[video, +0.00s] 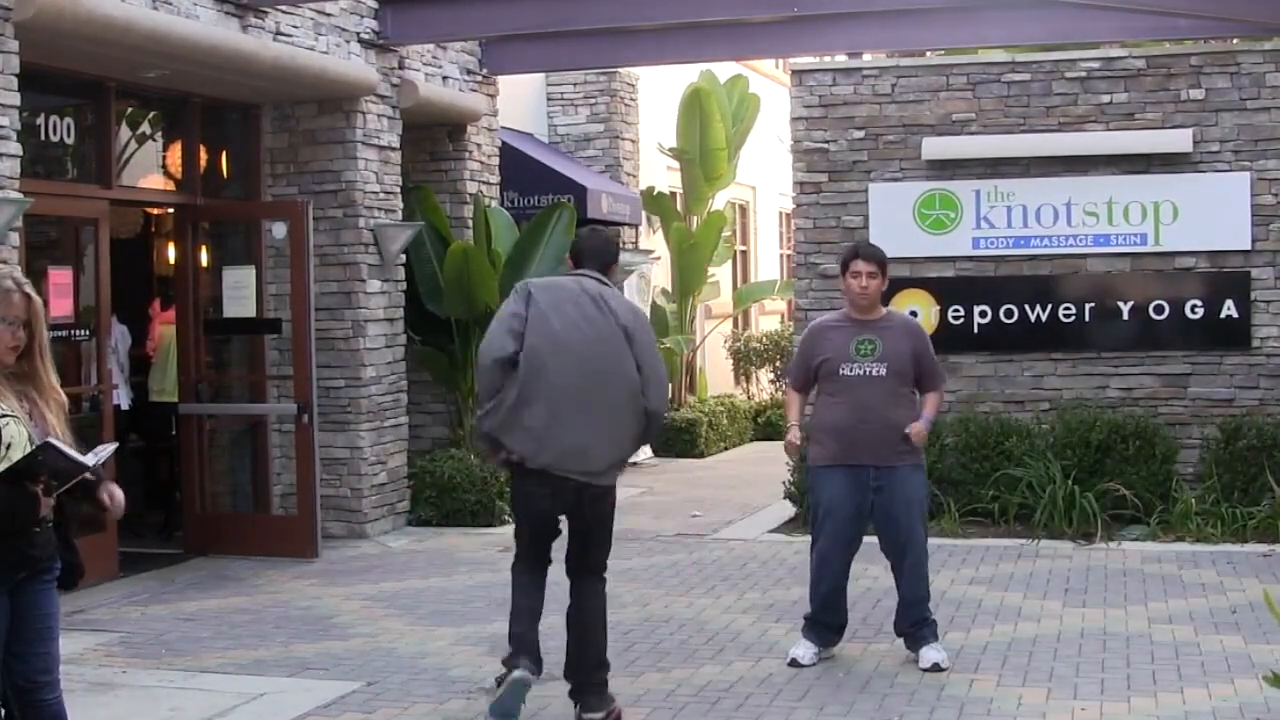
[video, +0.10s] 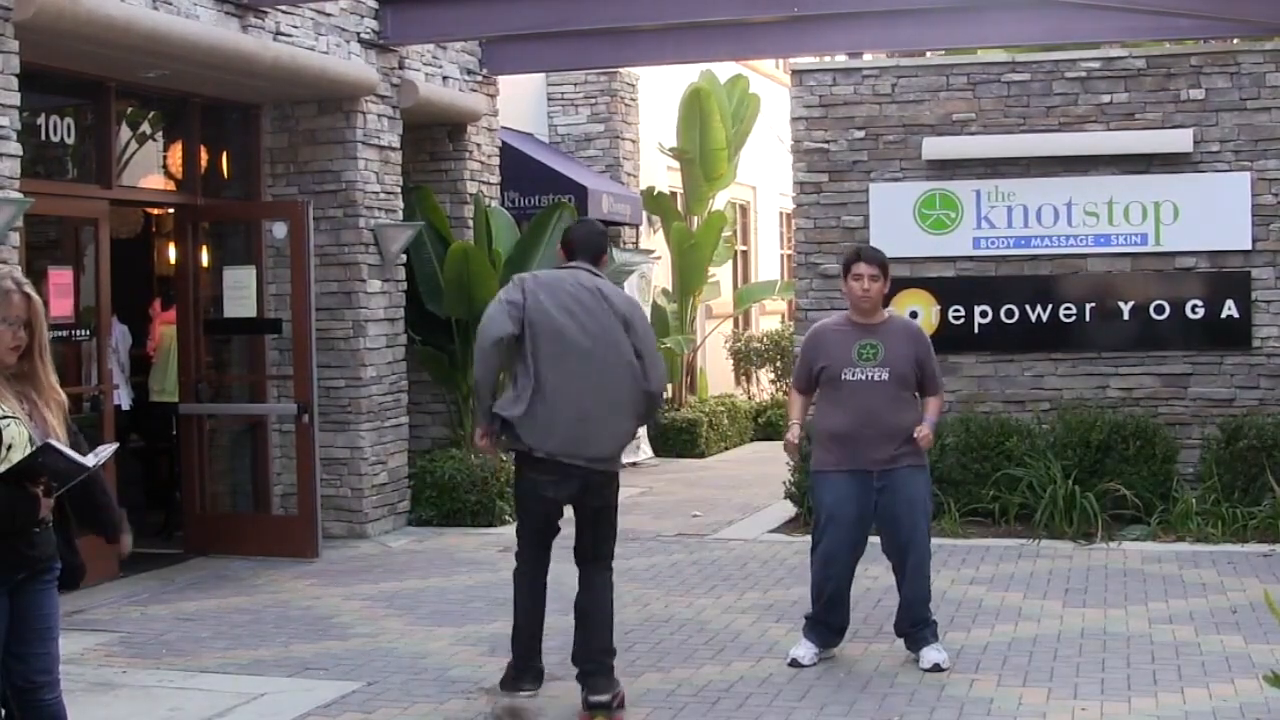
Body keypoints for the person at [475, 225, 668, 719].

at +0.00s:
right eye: (618, 266)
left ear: (569, 260)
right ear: (614, 268)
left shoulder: (530, 294)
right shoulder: (631, 315)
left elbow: (492, 356)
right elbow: (656, 401)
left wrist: (492, 433)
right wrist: (627, 444)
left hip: (534, 464)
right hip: (597, 471)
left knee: (530, 560)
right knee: (589, 576)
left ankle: (523, 659)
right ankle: (591, 696)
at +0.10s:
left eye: (559, 247)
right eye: (608, 254)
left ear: (561, 251)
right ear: (605, 259)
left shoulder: (526, 287)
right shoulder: (627, 305)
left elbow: (491, 333)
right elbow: (655, 385)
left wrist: (484, 414)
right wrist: (626, 428)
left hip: (539, 454)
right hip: (602, 459)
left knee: (531, 562)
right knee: (597, 566)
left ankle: (525, 670)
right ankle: (599, 682)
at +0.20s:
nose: (597, 264)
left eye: (552, 253)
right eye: (598, 257)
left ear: (552, 257)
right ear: (596, 260)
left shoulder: (521, 299)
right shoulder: (619, 306)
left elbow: (488, 363)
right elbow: (648, 381)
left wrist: (486, 428)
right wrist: (625, 432)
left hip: (539, 455)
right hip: (599, 457)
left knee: (535, 560)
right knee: (594, 556)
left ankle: (529, 670)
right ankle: (602, 666)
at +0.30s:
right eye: (589, 280)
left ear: (547, 283)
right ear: (588, 283)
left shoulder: (521, 331)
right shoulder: (606, 329)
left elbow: (500, 401)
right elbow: (644, 398)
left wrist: (511, 458)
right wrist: (638, 455)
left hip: (537, 472)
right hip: (592, 471)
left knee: (536, 564)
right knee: (592, 547)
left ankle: (529, 669)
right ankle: (602, 645)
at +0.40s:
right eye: (589, 294)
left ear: (551, 296)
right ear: (590, 297)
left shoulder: (528, 341)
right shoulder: (609, 340)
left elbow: (512, 399)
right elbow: (660, 386)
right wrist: (668, 435)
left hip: (542, 480)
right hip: (594, 479)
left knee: (537, 568)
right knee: (598, 533)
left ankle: (530, 662)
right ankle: (606, 628)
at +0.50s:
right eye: (601, 286)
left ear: (565, 290)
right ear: (601, 290)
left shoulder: (546, 321)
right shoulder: (618, 323)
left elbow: (532, 356)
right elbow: (679, 340)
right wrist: (683, 389)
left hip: (556, 454)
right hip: (604, 455)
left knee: (548, 536)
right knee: (602, 524)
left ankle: (534, 625)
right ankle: (607, 616)